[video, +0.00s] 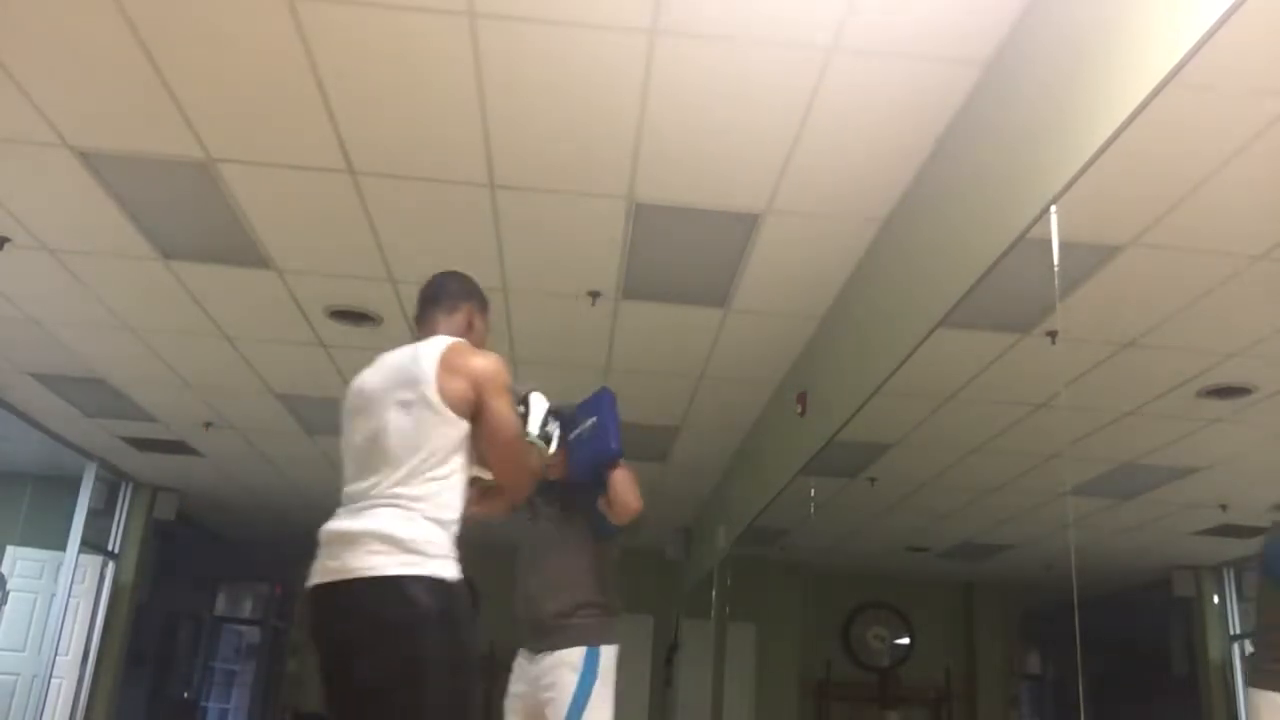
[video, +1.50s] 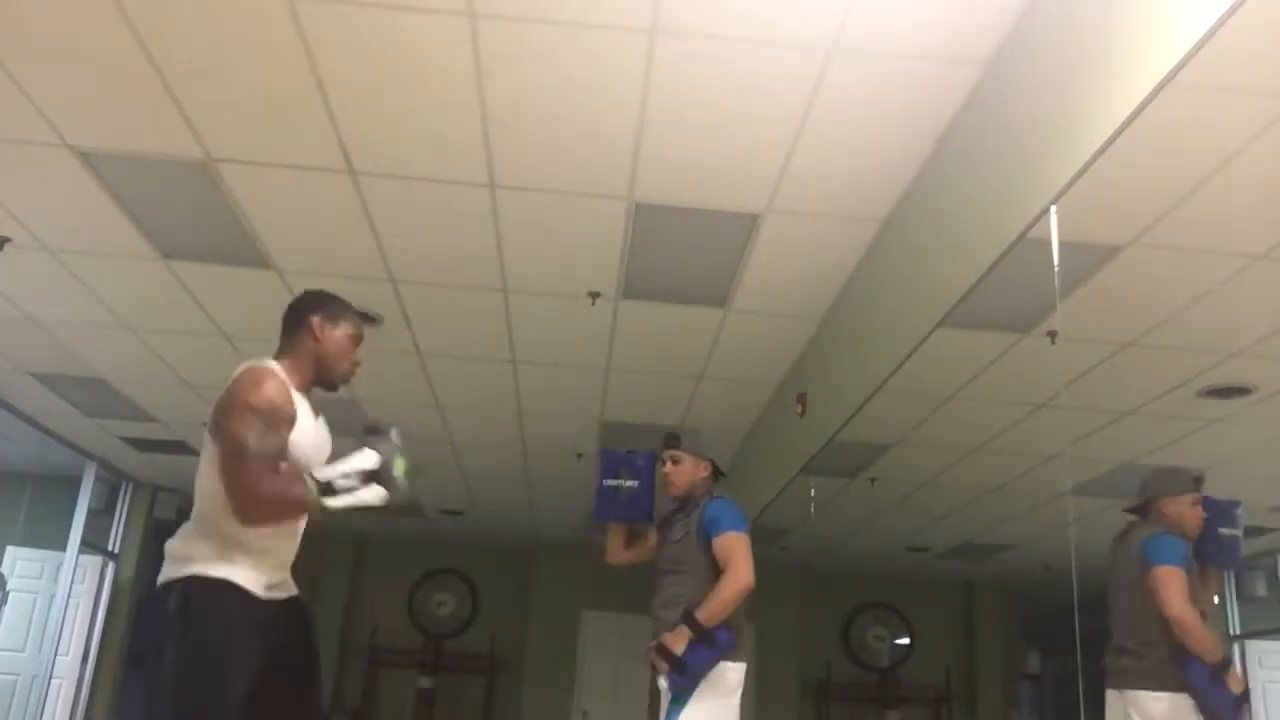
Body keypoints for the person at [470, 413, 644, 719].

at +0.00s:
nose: (549, 453)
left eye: (558, 443)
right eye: (544, 442)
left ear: (577, 447)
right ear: (536, 448)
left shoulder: (590, 495)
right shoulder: (533, 492)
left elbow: (628, 506)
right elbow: (476, 502)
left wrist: (606, 452)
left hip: (580, 650)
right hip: (532, 649)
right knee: (518, 712)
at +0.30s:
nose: (582, 463)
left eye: (591, 453)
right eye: (577, 455)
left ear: (609, 457)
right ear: (571, 460)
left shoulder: (625, 506)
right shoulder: (569, 509)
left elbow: (652, 509)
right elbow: (505, 518)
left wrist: (632, 452)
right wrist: (524, 459)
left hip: (621, 652)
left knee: (568, 713)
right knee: (621, 714)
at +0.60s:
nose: (590, 462)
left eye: (597, 452)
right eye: (587, 454)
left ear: (618, 452)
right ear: (583, 457)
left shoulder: (640, 500)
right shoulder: (595, 507)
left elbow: (653, 503)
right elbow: (529, 523)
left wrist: (634, 450)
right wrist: (549, 462)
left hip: (640, 650)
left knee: (601, 712)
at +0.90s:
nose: (625, 458)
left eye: (634, 451)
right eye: (624, 451)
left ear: (659, 460)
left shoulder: (678, 498)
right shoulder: (621, 509)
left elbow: (658, 503)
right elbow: (558, 530)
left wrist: (610, 455)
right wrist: (567, 468)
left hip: (662, 656)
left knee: (618, 713)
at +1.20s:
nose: (654, 478)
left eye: (664, 469)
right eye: (651, 470)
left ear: (692, 476)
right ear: (646, 475)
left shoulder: (708, 518)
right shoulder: (661, 526)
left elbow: (737, 582)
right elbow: (603, 560)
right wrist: (601, 497)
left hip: (696, 667)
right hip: (671, 664)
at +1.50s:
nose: (666, 469)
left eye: (676, 461)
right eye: (664, 463)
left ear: (704, 469)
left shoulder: (718, 510)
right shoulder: (676, 520)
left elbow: (740, 578)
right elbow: (617, 554)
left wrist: (683, 633)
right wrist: (618, 490)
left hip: (709, 660)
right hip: (679, 659)